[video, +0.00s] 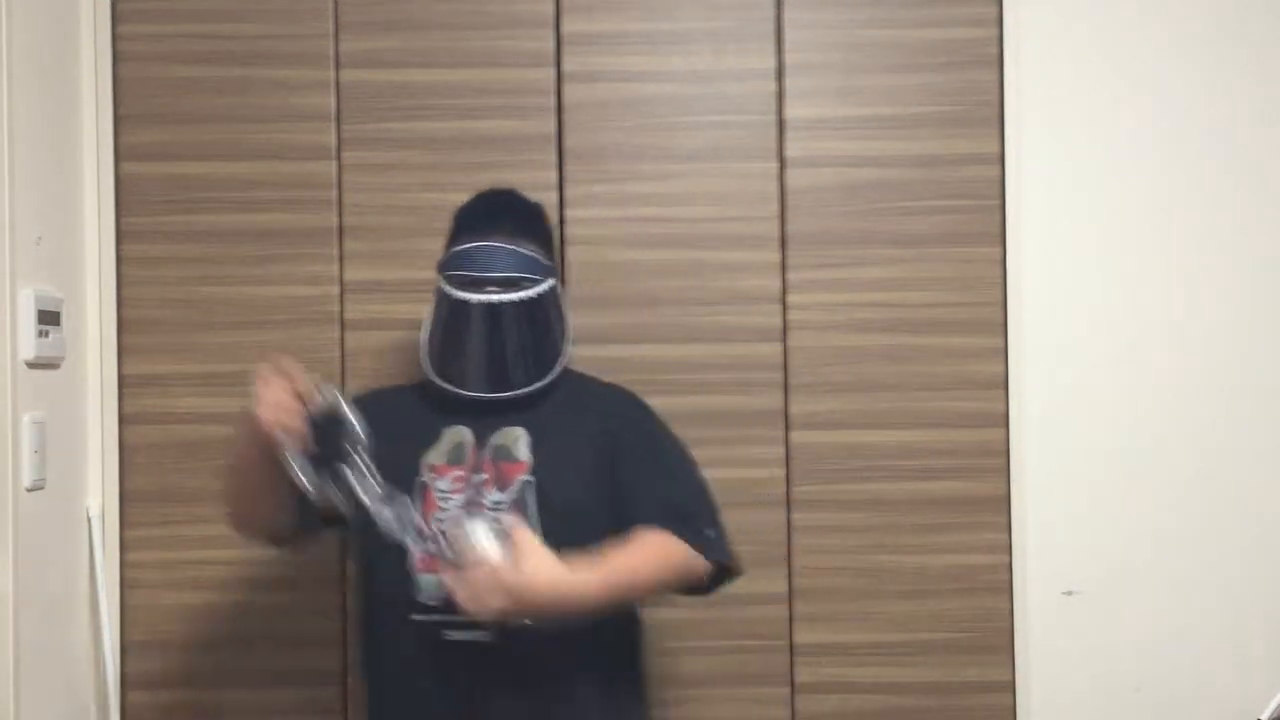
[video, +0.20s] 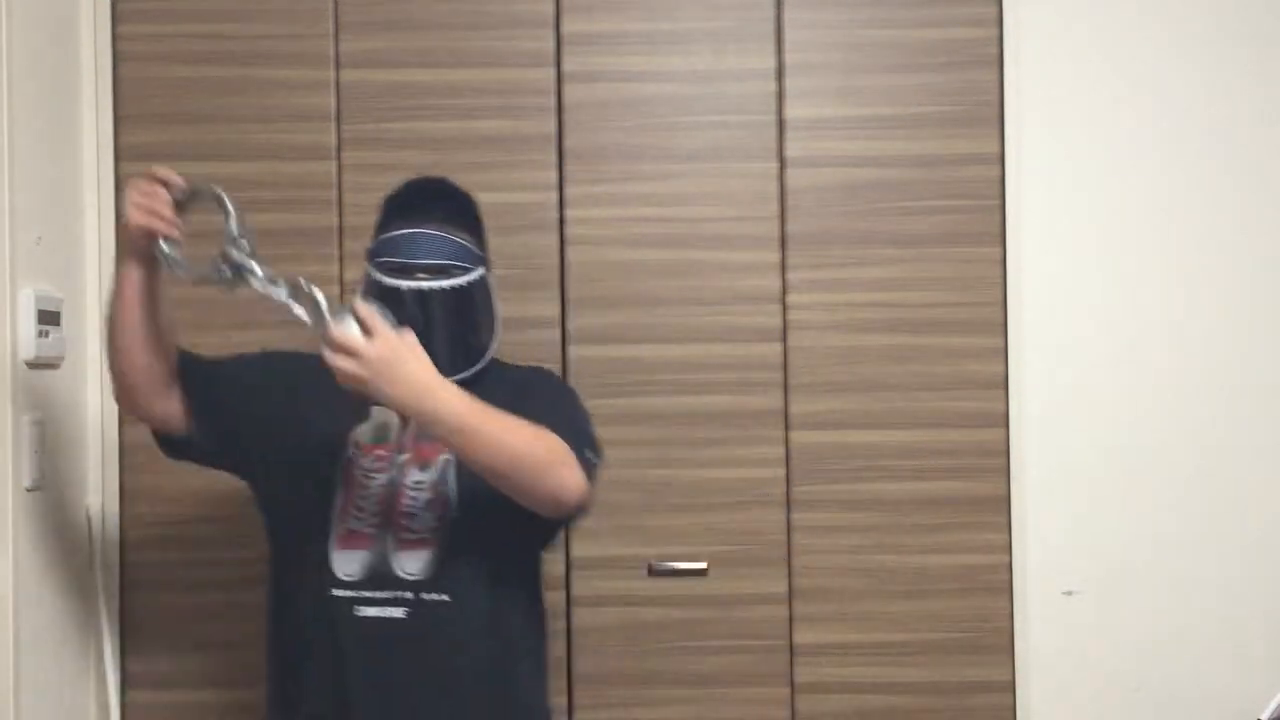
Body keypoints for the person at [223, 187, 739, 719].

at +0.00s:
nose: (492, 327)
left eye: (514, 304)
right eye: (471, 303)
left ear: (550, 301)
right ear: (443, 298)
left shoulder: (612, 422)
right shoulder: (375, 424)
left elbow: (693, 546)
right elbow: (267, 521)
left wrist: (561, 586)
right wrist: (266, 443)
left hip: (578, 700)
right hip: (418, 700)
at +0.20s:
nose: (422, 309)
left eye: (446, 286)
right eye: (400, 283)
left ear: (481, 291)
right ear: (366, 282)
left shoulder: (530, 399)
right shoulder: (298, 393)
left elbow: (565, 488)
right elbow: (155, 396)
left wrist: (423, 394)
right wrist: (137, 258)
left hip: (485, 705)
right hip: (322, 702)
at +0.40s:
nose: (386, 311)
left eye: (408, 286)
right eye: (362, 285)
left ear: (446, 291)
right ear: (331, 285)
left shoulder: (495, 401)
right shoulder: (262, 395)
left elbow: (522, 493)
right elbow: (109, 399)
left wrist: (390, 398)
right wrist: (102, 272)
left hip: (440, 704)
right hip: (268, 703)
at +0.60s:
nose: (389, 307)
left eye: (414, 289)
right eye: (368, 286)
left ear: (448, 291)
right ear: (339, 285)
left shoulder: (499, 408)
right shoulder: (267, 408)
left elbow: (557, 521)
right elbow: (122, 460)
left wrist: (412, 487)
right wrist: (118, 368)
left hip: (447, 701)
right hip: (279, 701)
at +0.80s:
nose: (433, 311)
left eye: (454, 292)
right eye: (415, 289)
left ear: (488, 297)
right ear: (382, 288)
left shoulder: (544, 428)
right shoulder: (308, 423)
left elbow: (597, 571)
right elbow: (240, 524)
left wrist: (519, 668)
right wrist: (210, 572)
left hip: (479, 701)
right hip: (322, 699)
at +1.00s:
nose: (516, 334)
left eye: (536, 313)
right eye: (494, 314)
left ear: (570, 311)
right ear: (462, 309)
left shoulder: (638, 440)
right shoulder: (400, 446)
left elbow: (686, 580)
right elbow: (338, 571)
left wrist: (650, 693)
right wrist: (357, 636)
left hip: (590, 704)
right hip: (441, 701)